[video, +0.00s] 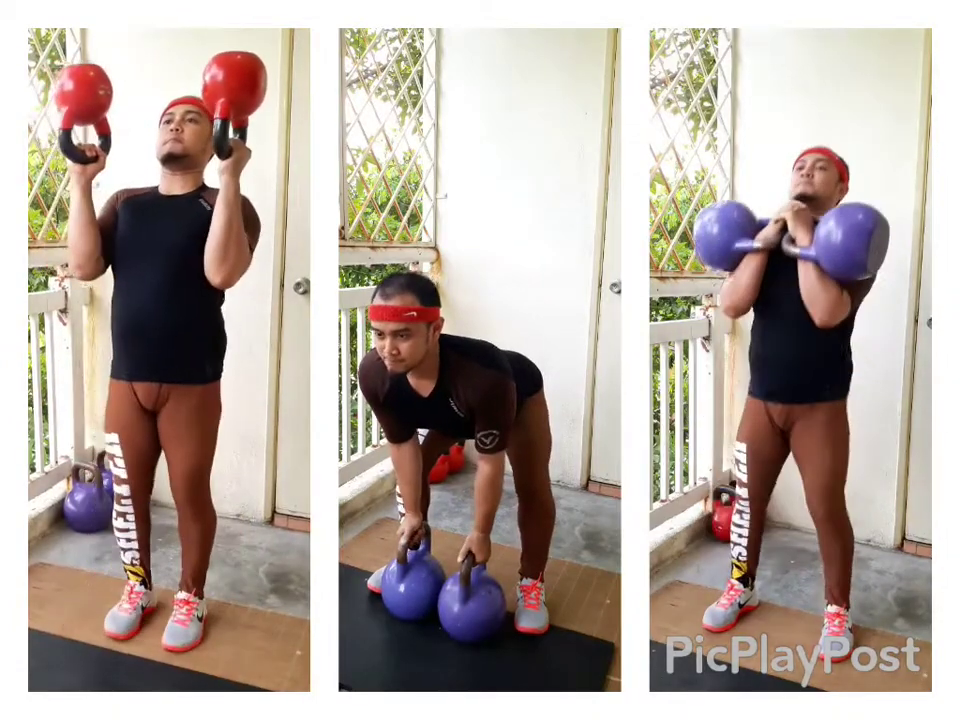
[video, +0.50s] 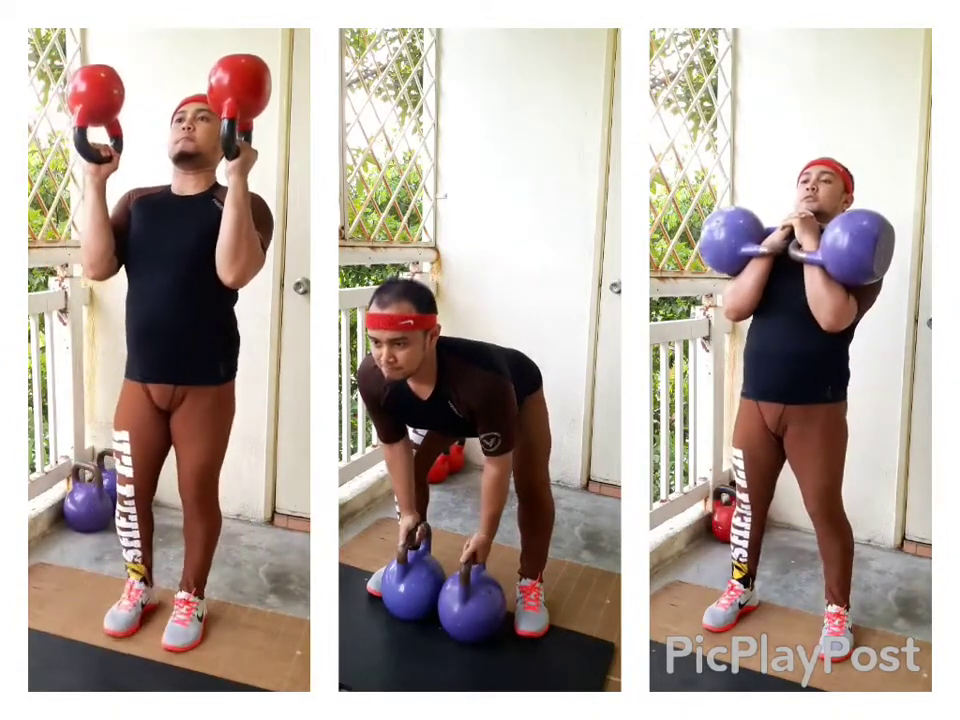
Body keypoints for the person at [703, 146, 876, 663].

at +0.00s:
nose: (805, 173)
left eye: (819, 168)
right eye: (799, 168)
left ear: (843, 188)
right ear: (788, 184)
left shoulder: (847, 246)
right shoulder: (763, 238)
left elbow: (827, 313)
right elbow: (731, 304)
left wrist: (802, 240)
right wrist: (765, 239)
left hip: (819, 404)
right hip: (761, 398)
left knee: (827, 511)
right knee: (750, 501)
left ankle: (836, 611)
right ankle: (740, 586)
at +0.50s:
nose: (810, 185)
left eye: (824, 180)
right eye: (804, 180)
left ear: (848, 199)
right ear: (794, 196)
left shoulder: (855, 258)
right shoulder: (770, 247)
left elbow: (833, 317)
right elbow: (733, 308)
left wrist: (809, 245)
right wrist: (770, 248)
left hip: (816, 409)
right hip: (755, 402)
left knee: (825, 513)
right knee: (749, 503)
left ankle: (837, 610)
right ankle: (740, 587)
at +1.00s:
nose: (808, 190)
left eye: (822, 183)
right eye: (803, 183)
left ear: (847, 200)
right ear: (793, 197)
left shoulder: (855, 262)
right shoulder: (769, 249)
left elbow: (832, 319)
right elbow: (731, 309)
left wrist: (808, 248)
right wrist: (769, 248)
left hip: (814, 407)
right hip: (753, 400)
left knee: (824, 513)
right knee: (749, 501)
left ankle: (837, 610)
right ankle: (740, 587)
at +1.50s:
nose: (801, 187)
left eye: (815, 180)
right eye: (795, 180)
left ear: (840, 195)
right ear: (784, 192)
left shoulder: (848, 255)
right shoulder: (761, 246)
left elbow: (828, 317)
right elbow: (729, 308)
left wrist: (802, 246)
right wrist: (763, 247)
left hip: (814, 406)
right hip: (754, 400)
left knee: (823, 513)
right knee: (748, 502)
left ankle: (836, 610)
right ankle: (740, 586)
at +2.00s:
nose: (789, 268)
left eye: (801, 259)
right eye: (781, 260)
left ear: (823, 269)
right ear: (771, 270)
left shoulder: (836, 330)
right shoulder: (757, 325)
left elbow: (821, 403)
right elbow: (726, 392)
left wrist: (793, 332)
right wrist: (756, 334)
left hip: (832, 454)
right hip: (775, 452)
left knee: (828, 538)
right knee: (720, 516)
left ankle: (836, 616)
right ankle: (740, 588)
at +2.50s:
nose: (786, 367)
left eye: (799, 358)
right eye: (779, 358)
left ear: (821, 367)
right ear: (771, 365)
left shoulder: (834, 424)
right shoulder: (751, 416)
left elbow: (820, 510)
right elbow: (724, 493)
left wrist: (792, 443)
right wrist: (749, 444)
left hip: (819, 540)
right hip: (766, 535)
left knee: (826, 559)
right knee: (713, 538)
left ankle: (835, 618)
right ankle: (740, 591)